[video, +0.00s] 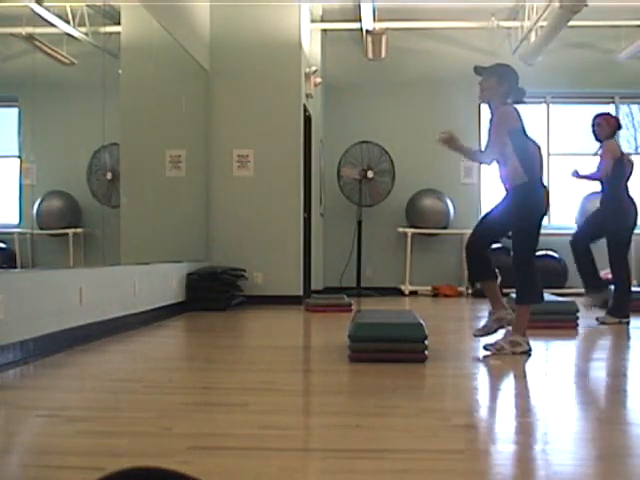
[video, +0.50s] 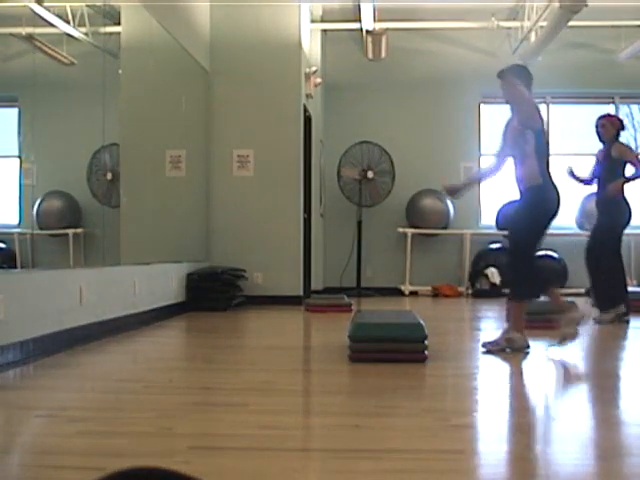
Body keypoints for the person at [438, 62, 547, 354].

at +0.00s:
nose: (480, 84)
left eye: (486, 80)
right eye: (481, 80)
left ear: (502, 87)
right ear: (499, 88)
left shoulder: (504, 113)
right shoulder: (501, 115)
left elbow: (496, 152)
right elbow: (490, 156)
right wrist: (461, 148)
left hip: (525, 196)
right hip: (519, 195)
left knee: (523, 262)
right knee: (475, 245)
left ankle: (518, 337)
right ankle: (499, 310)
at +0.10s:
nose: (485, 85)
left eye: (490, 80)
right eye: (486, 80)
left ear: (506, 84)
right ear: (502, 85)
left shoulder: (509, 111)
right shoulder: (507, 112)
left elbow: (506, 149)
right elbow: (505, 151)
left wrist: (516, 189)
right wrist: (480, 158)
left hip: (522, 193)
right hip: (516, 192)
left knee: (518, 261)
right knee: (484, 258)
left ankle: (518, 336)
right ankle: (506, 322)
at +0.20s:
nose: (490, 87)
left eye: (495, 82)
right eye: (490, 83)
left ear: (509, 84)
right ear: (502, 86)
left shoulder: (516, 113)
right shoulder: (507, 114)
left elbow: (506, 149)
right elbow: (498, 157)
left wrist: (503, 183)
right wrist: (484, 190)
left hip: (520, 193)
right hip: (513, 192)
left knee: (510, 261)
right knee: (507, 261)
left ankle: (517, 335)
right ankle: (513, 332)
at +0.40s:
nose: (496, 90)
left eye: (501, 85)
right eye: (495, 85)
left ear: (515, 87)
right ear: (500, 88)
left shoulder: (518, 115)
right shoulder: (505, 125)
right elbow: (482, 163)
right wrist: (448, 178)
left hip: (535, 195)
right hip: (530, 195)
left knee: (508, 253)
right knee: (516, 256)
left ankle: (528, 321)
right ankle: (517, 330)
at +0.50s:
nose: (504, 93)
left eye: (508, 87)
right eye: (502, 88)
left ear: (522, 87)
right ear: (509, 89)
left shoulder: (529, 114)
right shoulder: (512, 124)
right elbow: (495, 166)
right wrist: (461, 187)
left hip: (540, 196)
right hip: (532, 197)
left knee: (519, 260)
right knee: (522, 260)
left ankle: (515, 333)